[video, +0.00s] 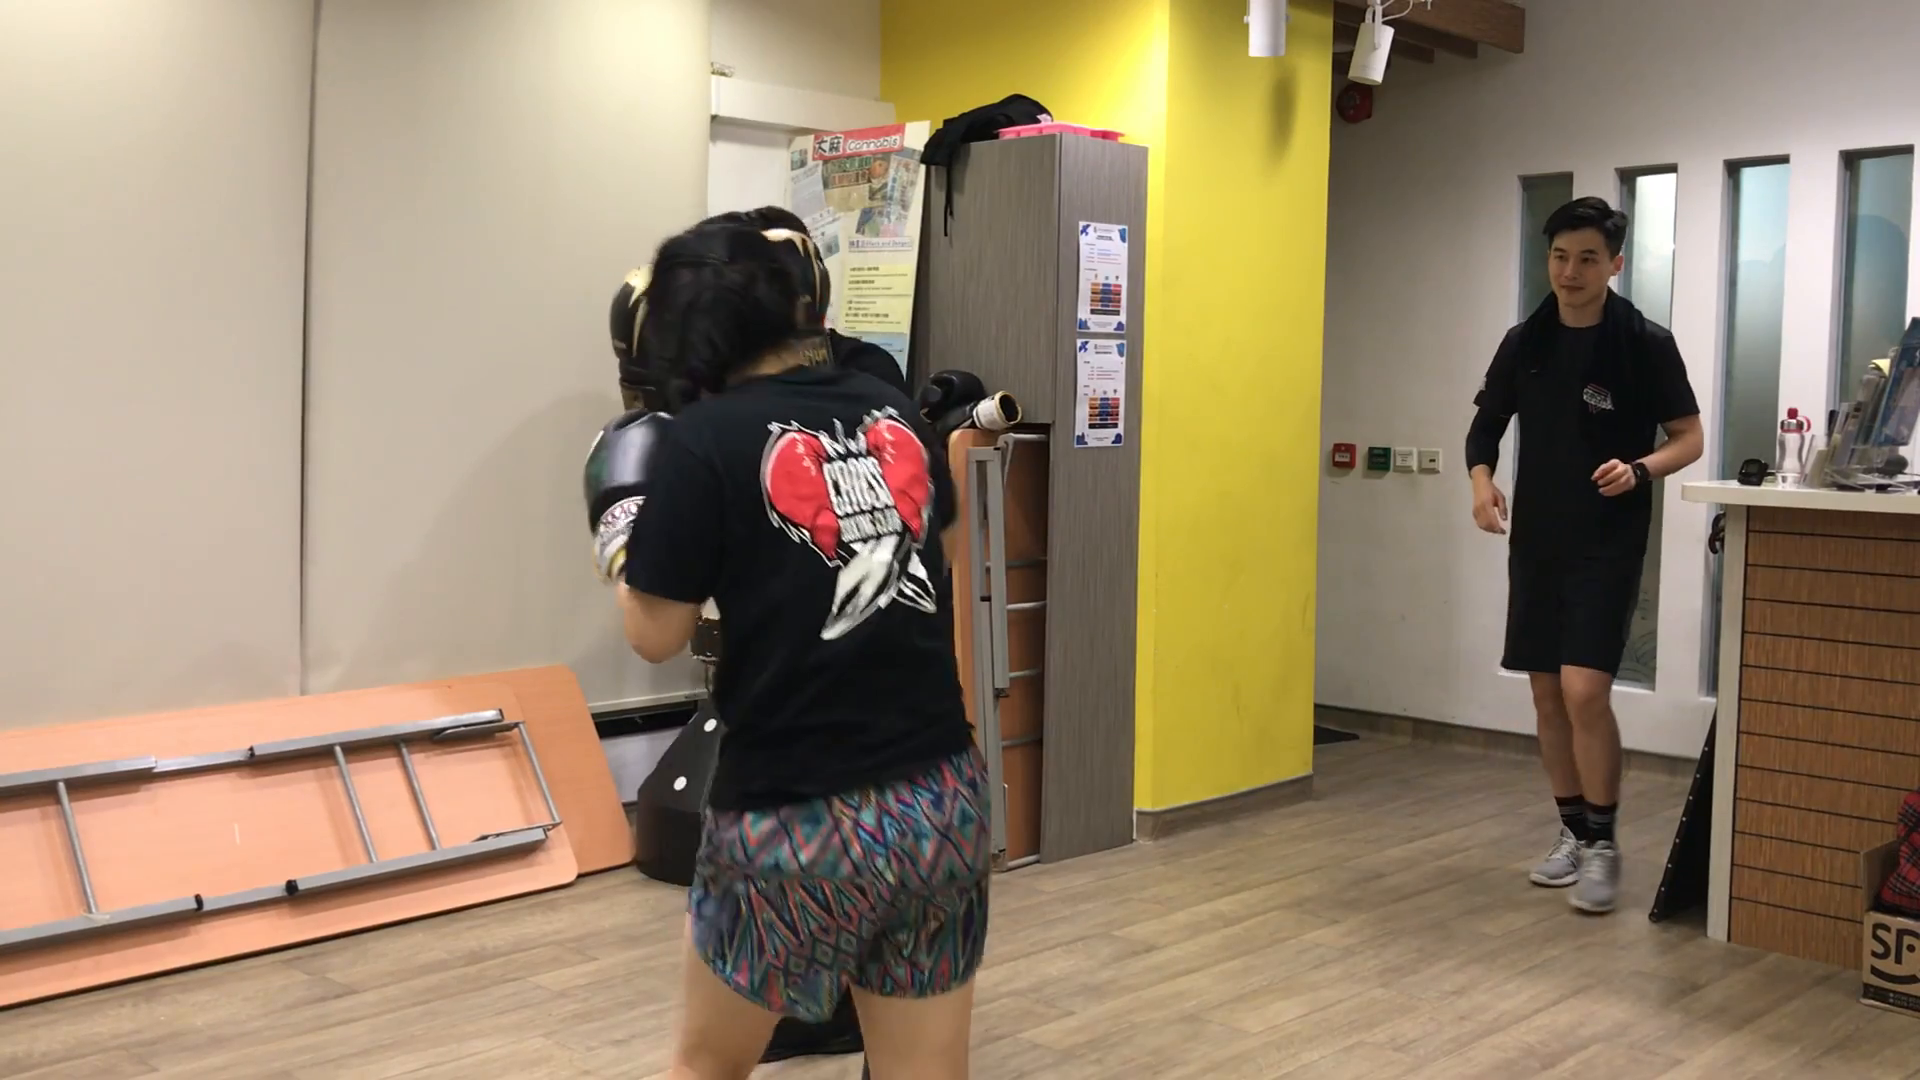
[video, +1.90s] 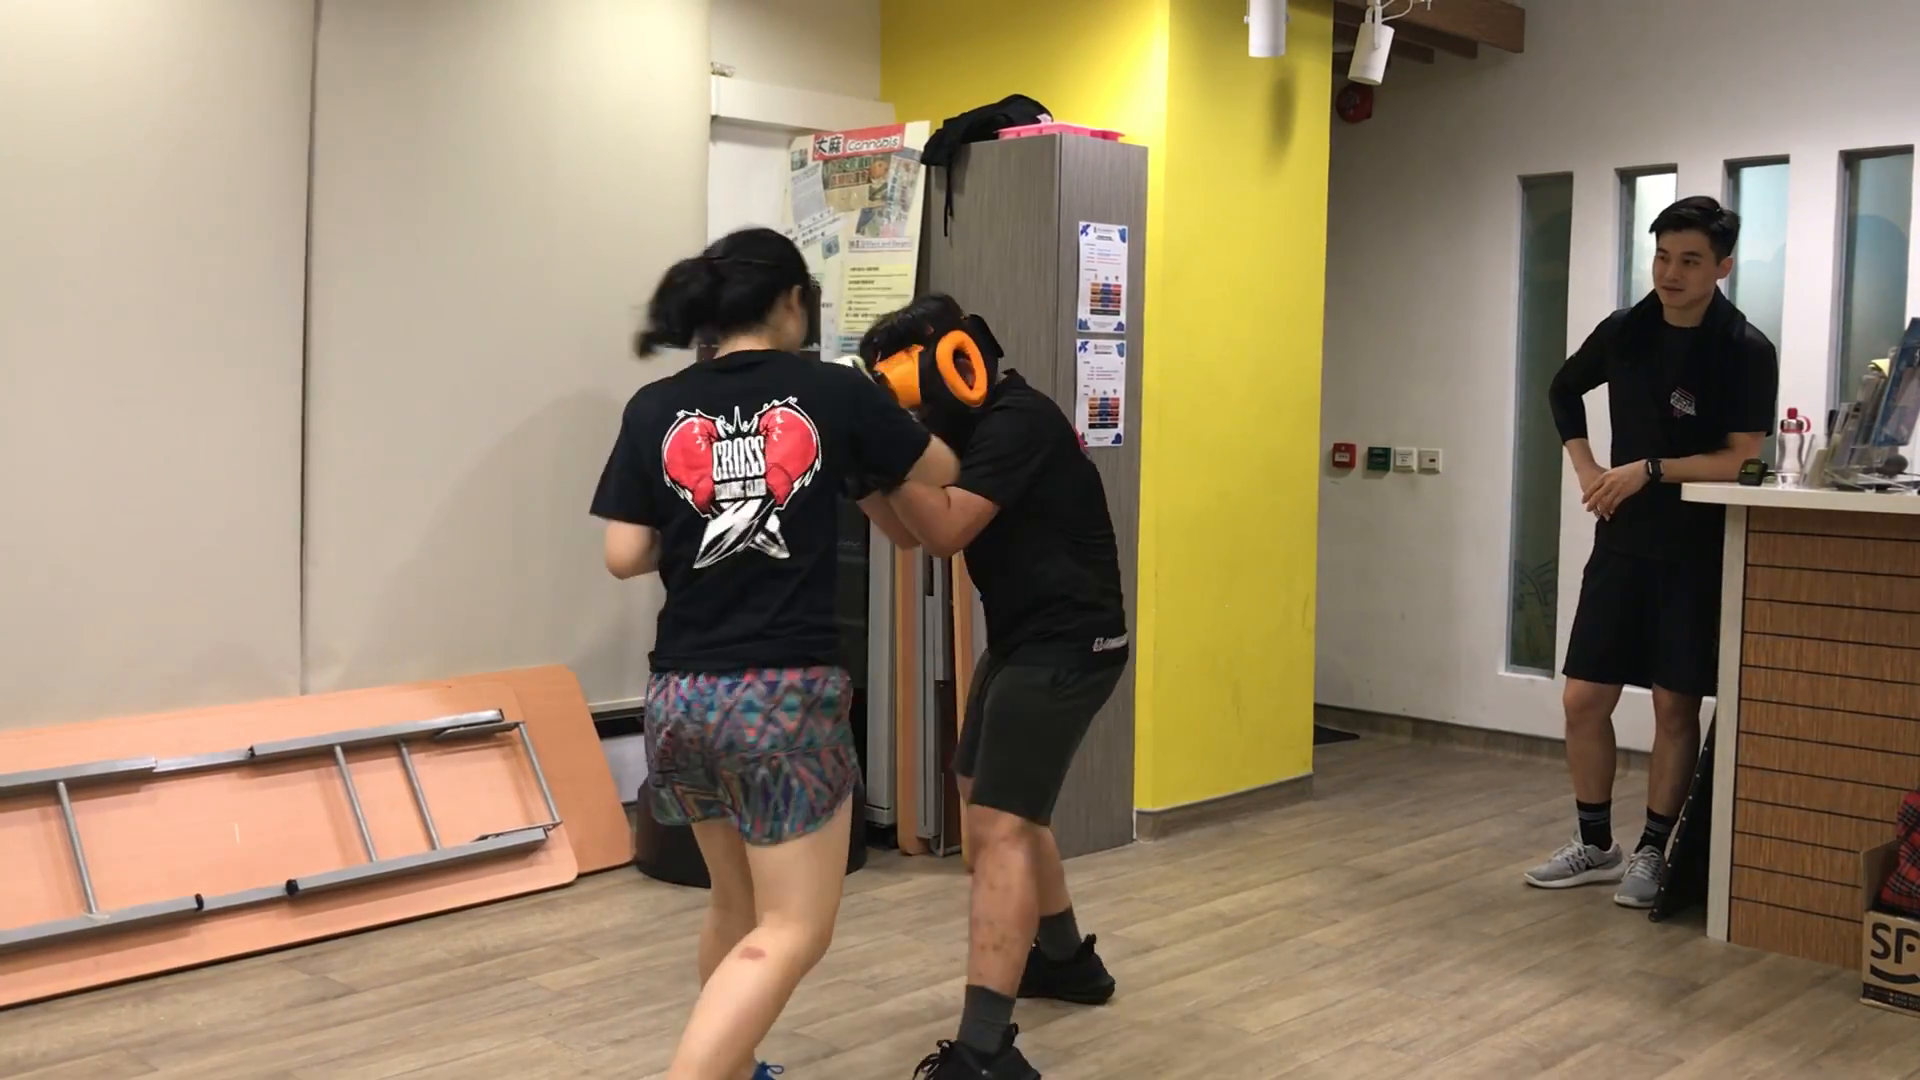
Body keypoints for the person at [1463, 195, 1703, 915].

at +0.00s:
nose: (1570, 270)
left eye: (1586, 258)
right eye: (1560, 257)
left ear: (1614, 263)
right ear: (1547, 261)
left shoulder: (1646, 344)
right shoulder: (1525, 341)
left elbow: (1690, 437)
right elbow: (1485, 424)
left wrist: (1642, 467)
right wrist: (1483, 481)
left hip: (1608, 538)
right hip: (1538, 534)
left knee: (1583, 689)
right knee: (1548, 689)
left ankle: (1601, 845)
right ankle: (1573, 834)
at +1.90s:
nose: (1670, 271)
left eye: (1688, 259)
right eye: (1662, 256)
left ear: (1723, 265)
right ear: (1651, 257)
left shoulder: (1746, 350)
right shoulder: (1626, 329)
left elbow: (1745, 457)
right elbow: (1563, 390)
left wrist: (1649, 469)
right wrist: (1585, 468)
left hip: (1699, 545)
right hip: (1624, 537)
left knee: (1674, 705)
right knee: (1583, 696)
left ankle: (1653, 853)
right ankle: (1594, 844)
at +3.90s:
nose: (1661, 273)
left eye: (1679, 260)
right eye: (1653, 258)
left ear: (1715, 264)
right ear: (1643, 260)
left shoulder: (1742, 350)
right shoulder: (1620, 331)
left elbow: (1745, 459)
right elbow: (1560, 391)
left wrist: (1649, 469)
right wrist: (1577, 466)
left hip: (1692, 547)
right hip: (1617, 539)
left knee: (1671, 708)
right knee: (1577, 696)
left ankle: (1651, 854)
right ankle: (1592, 843)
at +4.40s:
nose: (1704, 296)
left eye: (1717, 283)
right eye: (1691, 282)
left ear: (1728, 275)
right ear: (1656, 267)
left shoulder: (1738, 351)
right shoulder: (1615, 334)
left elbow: (1743, 457)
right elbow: (1558, 395)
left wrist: (1648, 470)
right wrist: (1576, 469)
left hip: (1692, 551)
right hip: (1616, 544)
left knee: (1670, 707)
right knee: (1576, 696)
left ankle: (1652, 853)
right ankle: (1593, 844)